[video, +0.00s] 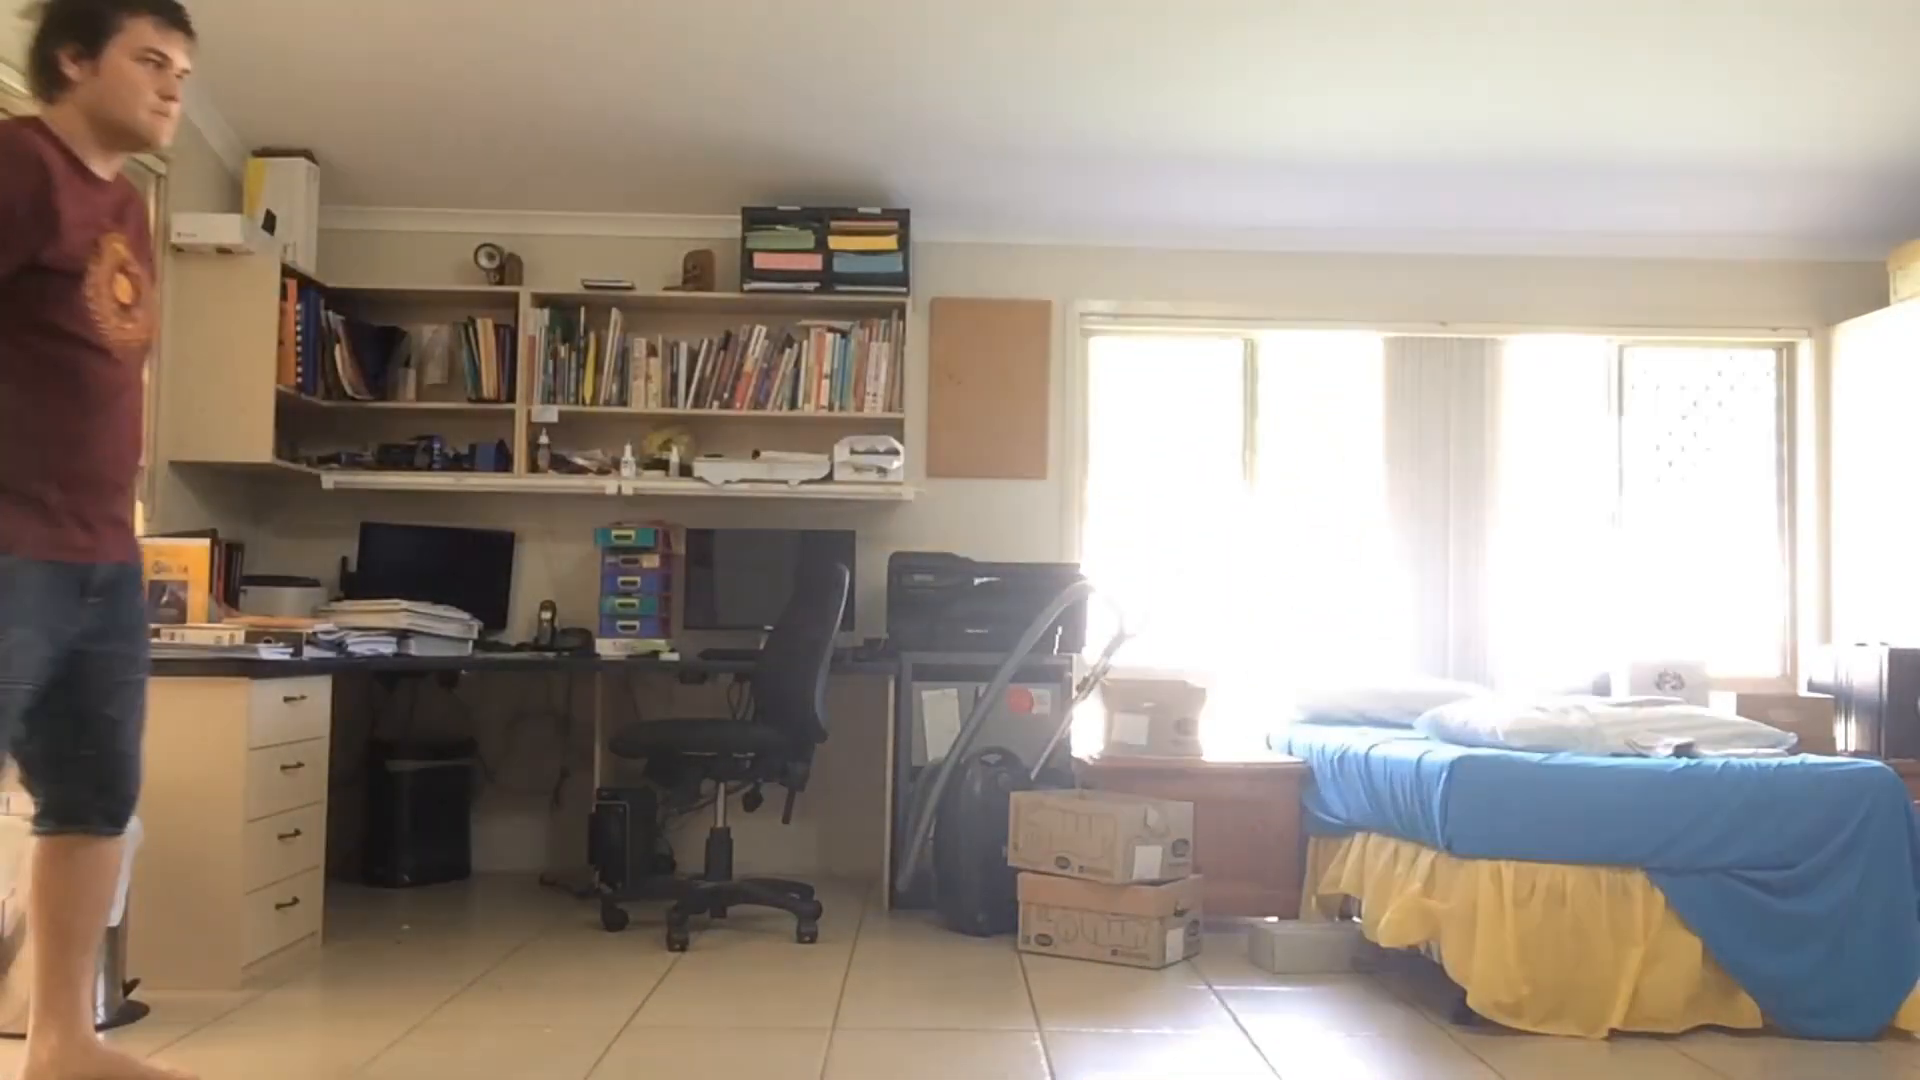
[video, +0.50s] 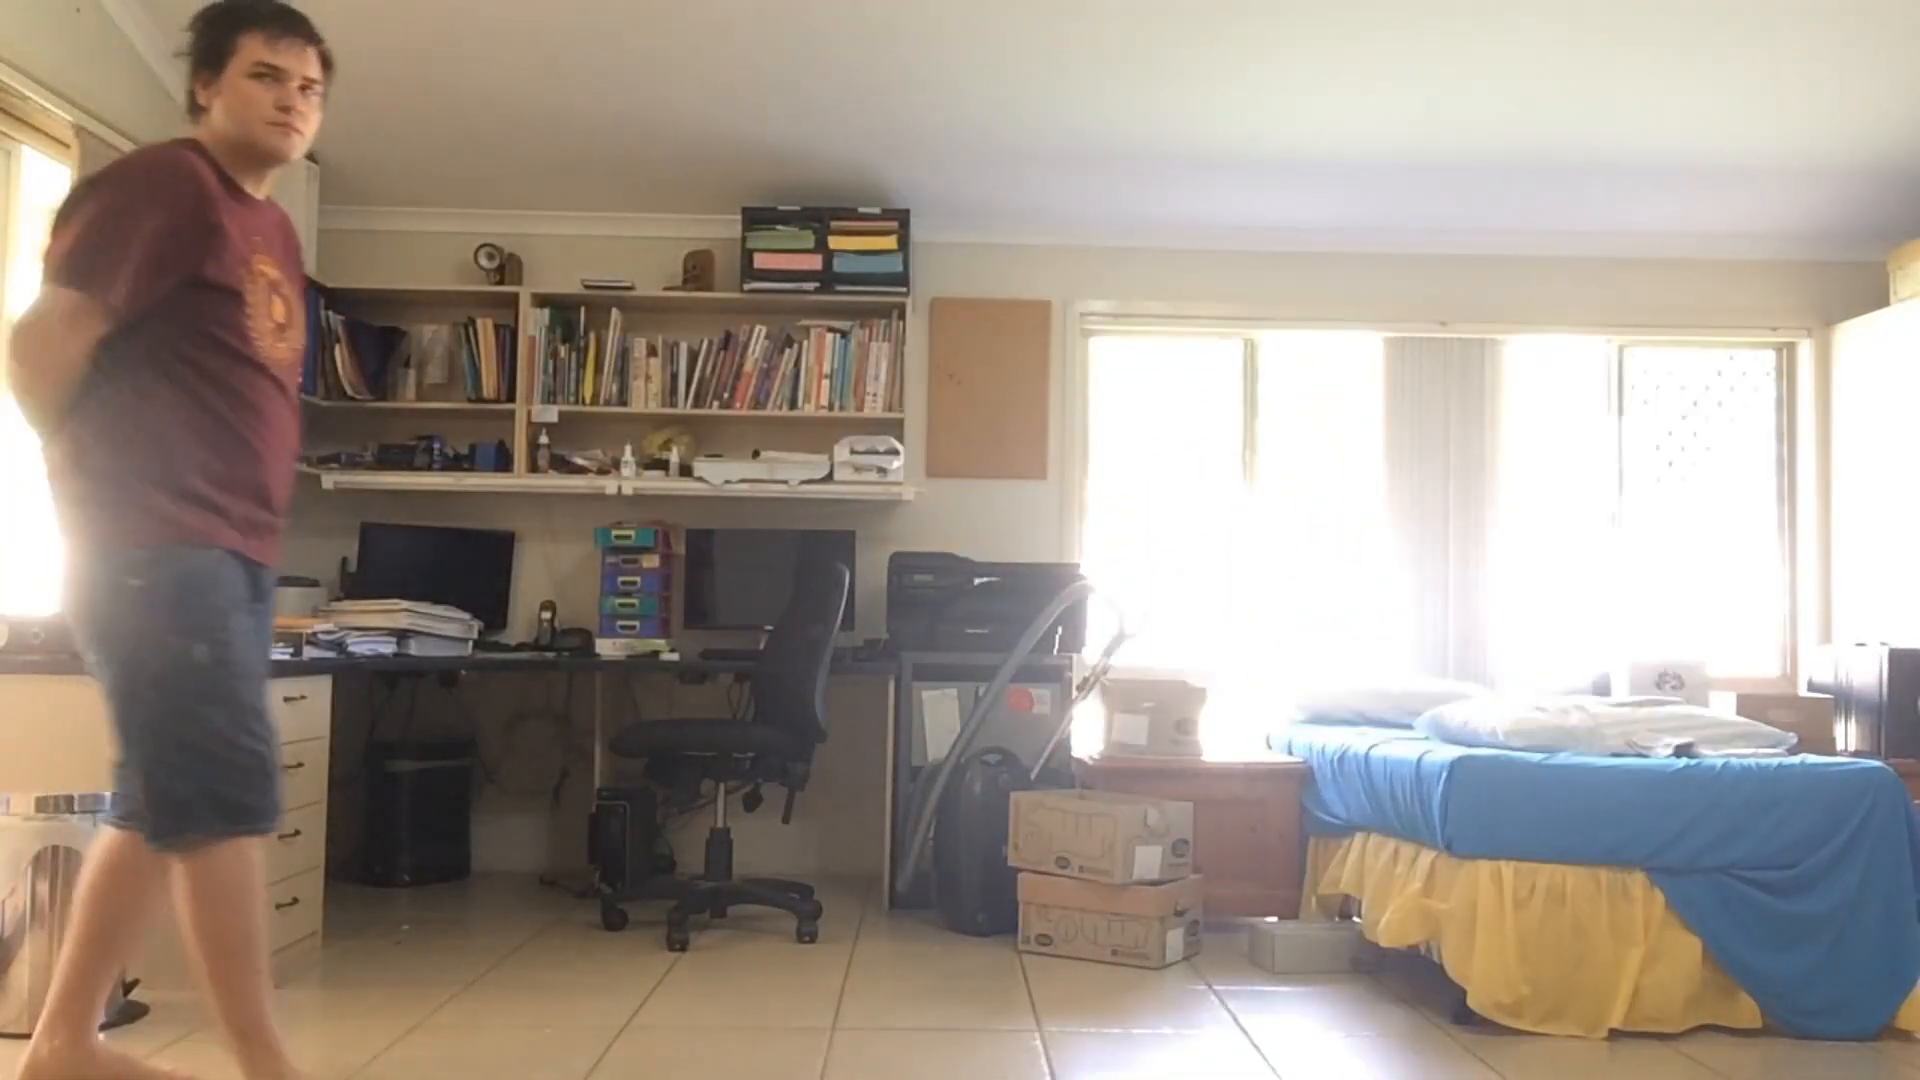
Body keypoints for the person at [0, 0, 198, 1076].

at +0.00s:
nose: (175, 89)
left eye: (182, 73)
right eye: (154, 62)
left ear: (171, 91)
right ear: (74, 61)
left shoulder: (134, 200)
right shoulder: (18, 162)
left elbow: (119, 368)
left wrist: (124, 508)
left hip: (105, 551)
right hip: (16, 551)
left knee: (91, 802)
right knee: (11, 802)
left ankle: (62, 1037)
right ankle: (23, 1028)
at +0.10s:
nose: (199, 96)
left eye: (208, 81)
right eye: (176, 68)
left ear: (200, 100)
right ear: (100, 71)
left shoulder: (158, 209)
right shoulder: (43, 164)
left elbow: (128, 373)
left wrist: (137, 522)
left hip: (133, 540)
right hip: (32, 537)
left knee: (112, 798)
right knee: (16, 812)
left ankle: (64, 1037)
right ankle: (18, 1031)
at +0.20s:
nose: (222, 95)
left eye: (234, 81)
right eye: (197, 68)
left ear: (234, 103)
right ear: (126, 72)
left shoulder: (192, 218)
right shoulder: (68, 166)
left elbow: (161, 376)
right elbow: (1, 291)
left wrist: (166, 522)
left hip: (156, 537)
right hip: (54, 529)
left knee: (119, 802)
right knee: (56, 805)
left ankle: (67, 1037)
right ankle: (16, 1032)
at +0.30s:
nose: (243, 92)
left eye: (258, 81)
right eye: (218, 68)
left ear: (263, 105)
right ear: (151, 76)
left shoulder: (227, 230)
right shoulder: (99, 166)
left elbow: (194, 390)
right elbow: (2, 296)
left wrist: (198, 535)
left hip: (179, 536)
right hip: (81, 526)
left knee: (128, 804)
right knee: (118, 805)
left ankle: (63, 1041)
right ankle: (88, 1050)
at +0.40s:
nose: (264, 93)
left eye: (281, 82)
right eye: (241, 71)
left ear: (290, 109)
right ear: (178, 82)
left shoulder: (251, 226)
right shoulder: (126, 173)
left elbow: (247, 375)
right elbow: (13, 313)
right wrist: (16, 440)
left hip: (209, 534)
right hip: (111, 523)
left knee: (125, 802)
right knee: (173, 793)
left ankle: (59, 1039)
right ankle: (229, 1054)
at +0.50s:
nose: (295, 99)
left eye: (311, 87)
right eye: (270, 76)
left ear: (319, 113)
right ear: (207, 88)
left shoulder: (278, 229)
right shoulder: (160, 180)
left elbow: (252, 380)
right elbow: (36, 350)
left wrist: (136, 443)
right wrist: (92, 465)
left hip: (238, 545)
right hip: (155, 538)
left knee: (153, 804)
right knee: (225, 798)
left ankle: (59, 1040)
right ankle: (264, 1059)